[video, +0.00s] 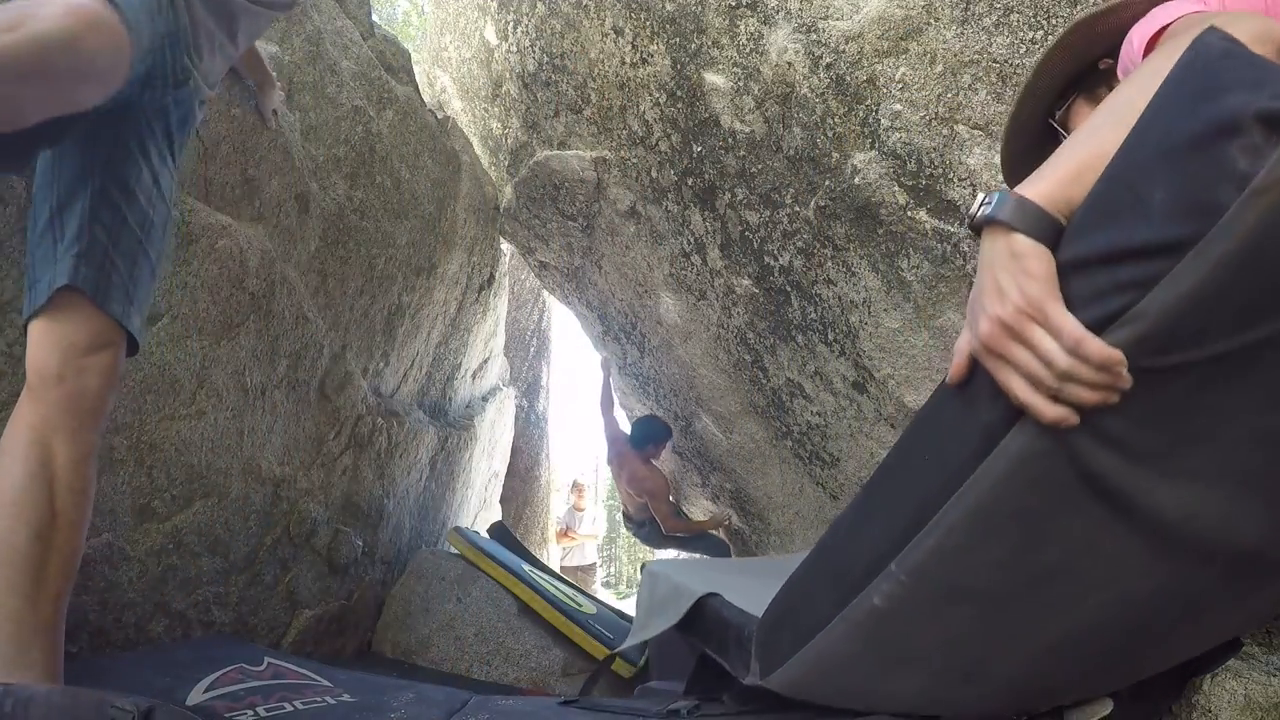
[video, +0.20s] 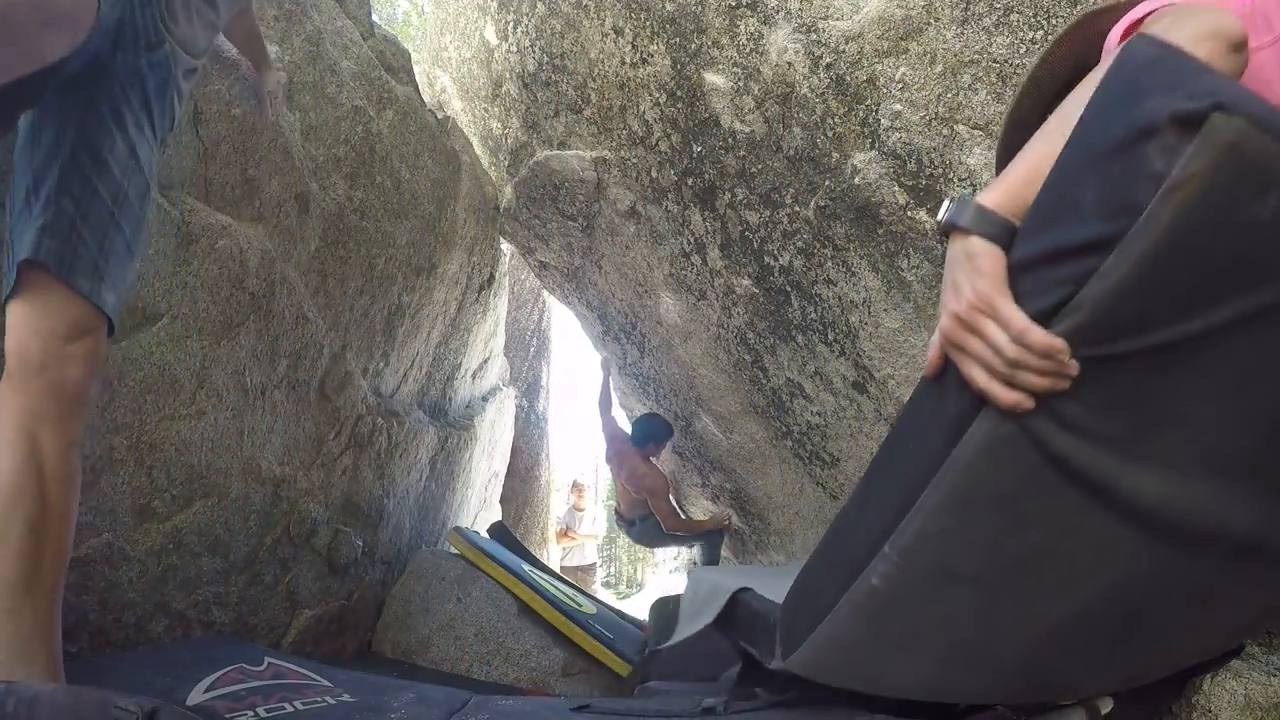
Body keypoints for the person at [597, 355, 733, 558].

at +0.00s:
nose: (664, 449)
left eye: (665, 445)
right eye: (662, 445)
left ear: (637, 436)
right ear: (651, 447)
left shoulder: (616, 441)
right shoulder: (652, 480)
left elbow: (606, 411)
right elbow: (671, 527)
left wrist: (606, 375)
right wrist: (710, 525)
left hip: (631, 519)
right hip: (654, 530)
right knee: (721, 548)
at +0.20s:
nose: (664, 448)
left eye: (665, 444)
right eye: (663, 444)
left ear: (636, 432)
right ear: (652, 444)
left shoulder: (616, 440)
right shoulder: (653, 480)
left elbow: (604, 409)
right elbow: (673, 525)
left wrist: (605, 375)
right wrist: (710, 524)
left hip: (621, 518)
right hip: (644, 528)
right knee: (712, 534)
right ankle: (707, 584)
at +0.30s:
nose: (665, 447)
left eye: (666, 442)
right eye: (664, 443)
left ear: (636, 431)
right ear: (653, 445)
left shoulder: (616, 438)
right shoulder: (653, 479)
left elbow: (604, 410)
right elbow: (672, 525)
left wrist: (605, 376)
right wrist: (711, 523)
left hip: (619, 518)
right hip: (643, 529)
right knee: (708, 522)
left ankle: (686, 539)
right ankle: (695, 559)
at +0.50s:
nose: (666, 446)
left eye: (667, 442)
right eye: (665, 442)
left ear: (637, 430)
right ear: (655, 445)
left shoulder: (616, 438)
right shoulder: (654, 478)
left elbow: (603, 411)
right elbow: (671, 524)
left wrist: (605, 375)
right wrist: (711, 524)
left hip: (616, 517)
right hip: (638, 528)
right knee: (701, 500)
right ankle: (689, 537)